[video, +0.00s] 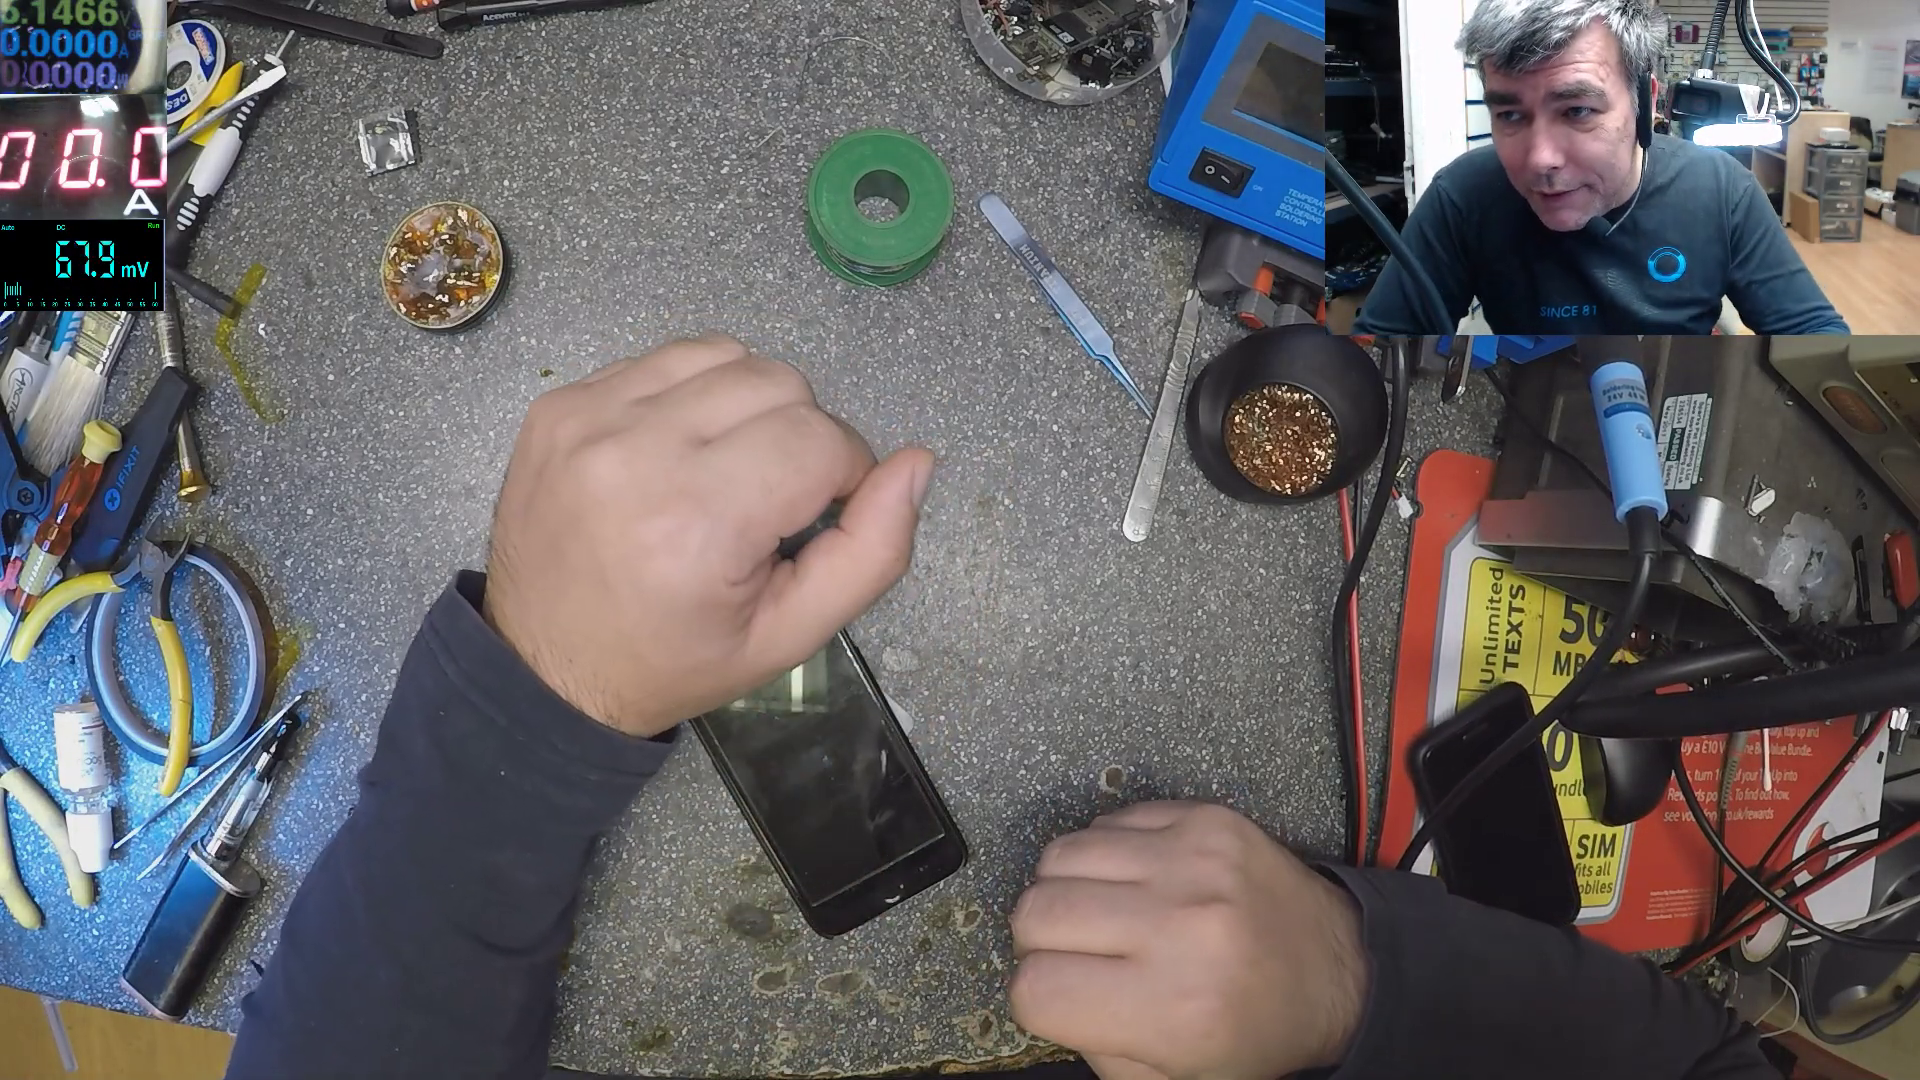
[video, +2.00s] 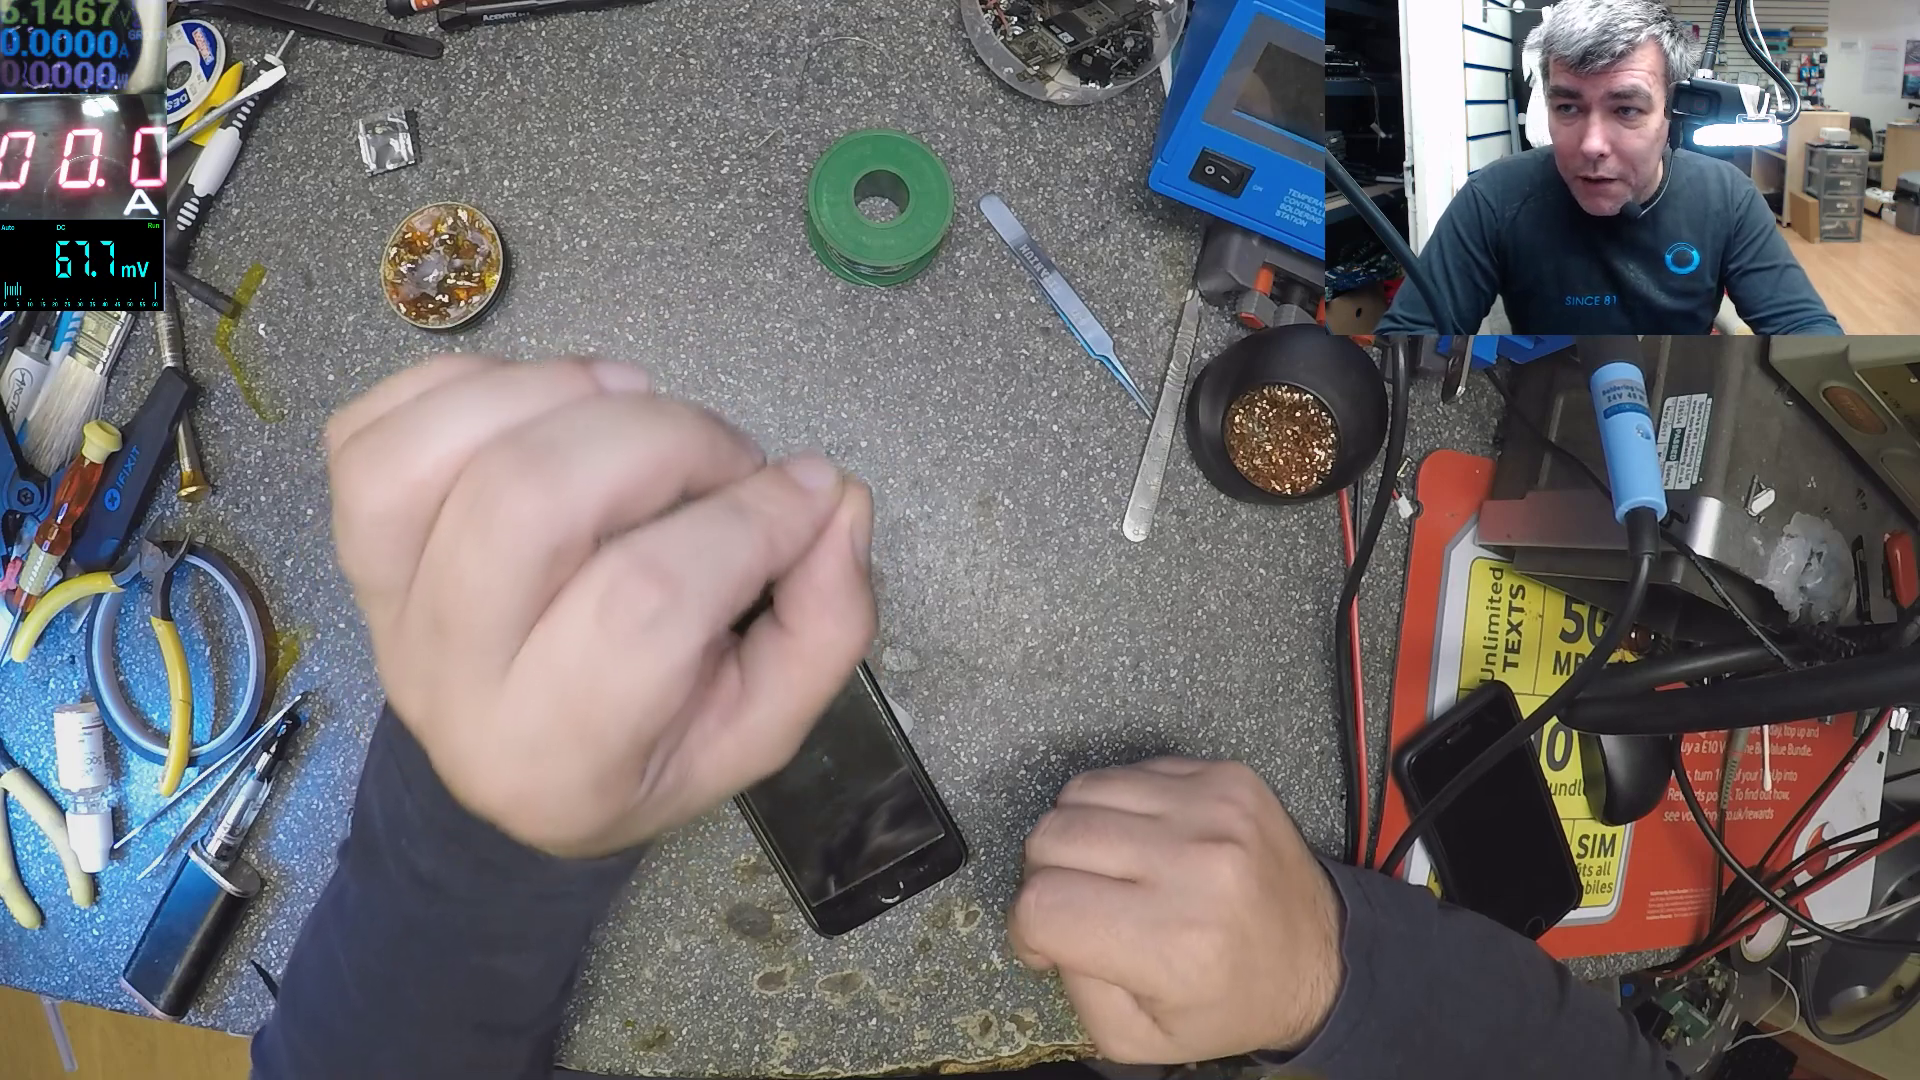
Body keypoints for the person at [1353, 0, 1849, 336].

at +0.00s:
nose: (1541, 159)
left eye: (1577, 112)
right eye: (1511, 116)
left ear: (1645, 103)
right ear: (1489, 113)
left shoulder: (1719, 192)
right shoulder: (1464, 198)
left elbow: (1817, 340)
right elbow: (1380, 349)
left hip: (1685, 431)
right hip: (1530, 433)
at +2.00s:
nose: (1593, 147)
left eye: (1627, 111)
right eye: (1569, 108)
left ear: (1667, 115)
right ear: (1545, 109)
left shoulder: (1724, 199)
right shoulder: (1494, 203)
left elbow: (1807, 331)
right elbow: (1405, 338)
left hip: (1685, 421)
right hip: (1546, 423)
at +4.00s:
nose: (1606, 145)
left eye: (1636, 111)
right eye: (1579, 109)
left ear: (1670, 113)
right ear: (1550, 109)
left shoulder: (1722, 199)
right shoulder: (1495, 203)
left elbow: (1801, 327)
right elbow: (1407, 337)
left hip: (1681, 421)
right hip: (1544, 422)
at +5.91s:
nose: (1588, 148)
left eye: (1623, 115)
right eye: (1566, 111)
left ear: (1665, 117)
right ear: (1543, 110)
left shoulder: (1721, 200)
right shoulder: (1496, 203)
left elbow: (1804, 329)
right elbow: (1406, 336)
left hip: (1681, 422)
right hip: (1545, 424)